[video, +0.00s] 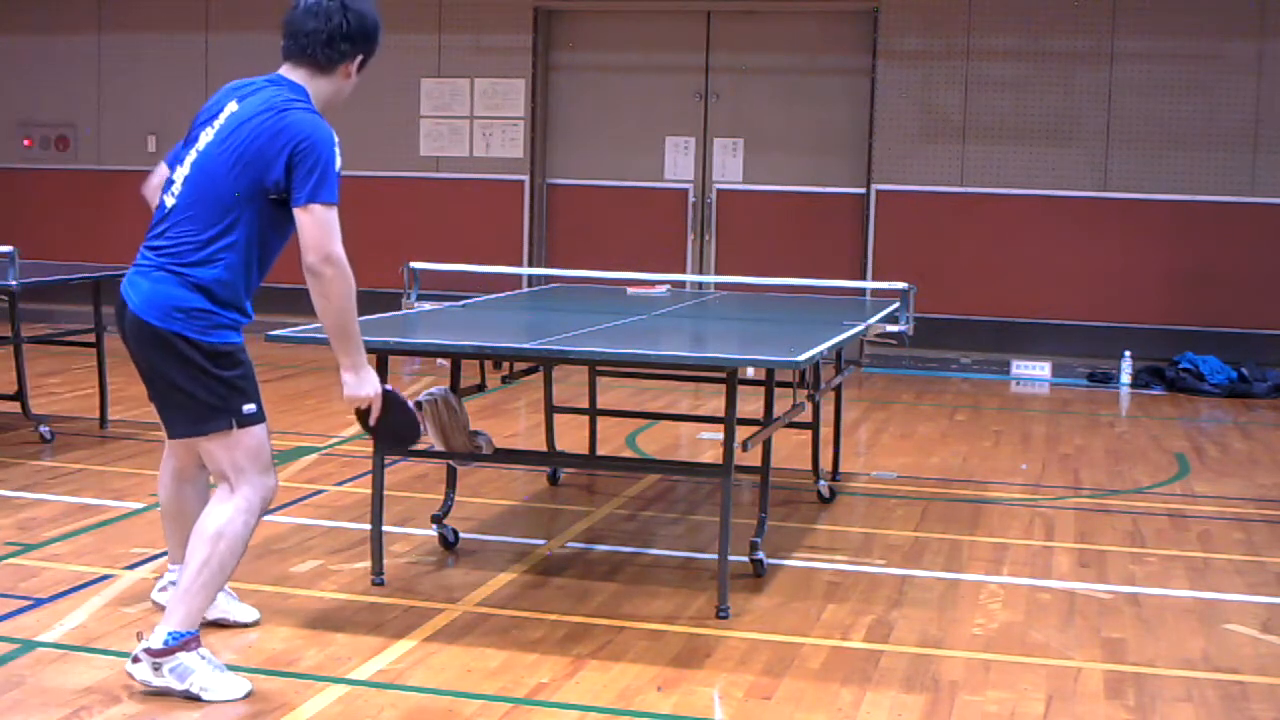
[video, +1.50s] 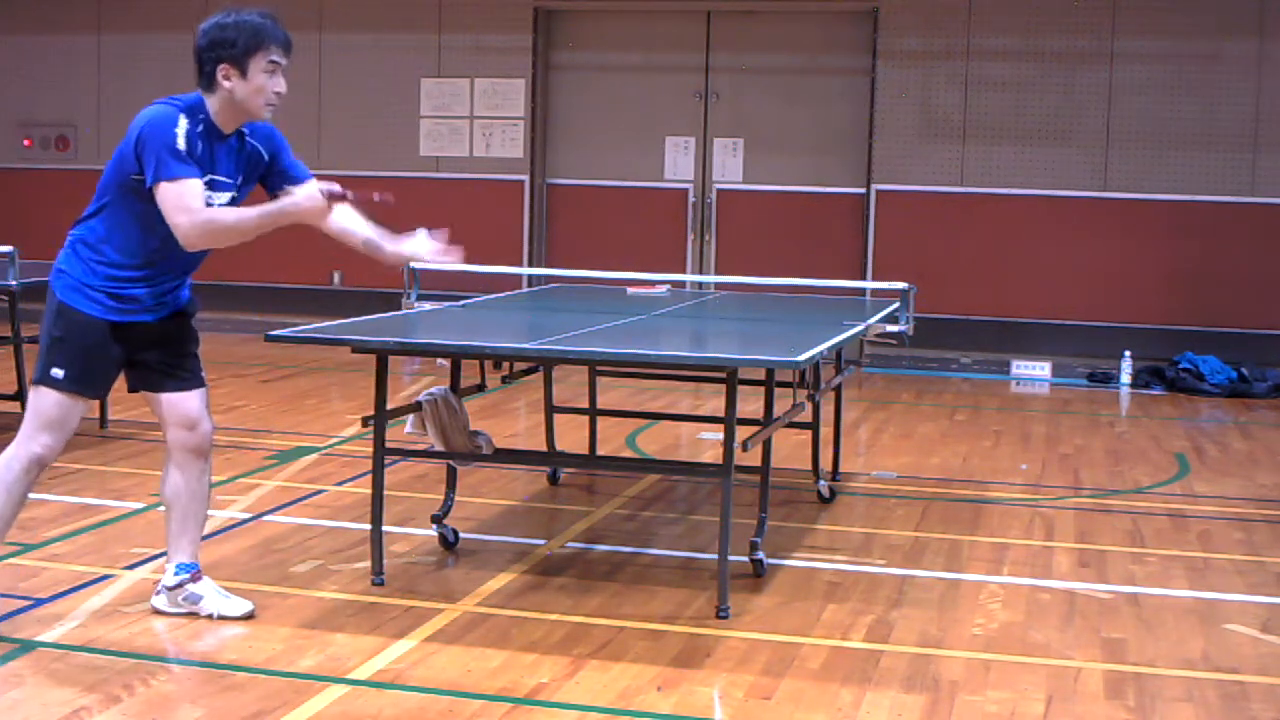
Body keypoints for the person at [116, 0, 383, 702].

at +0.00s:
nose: (360, 81)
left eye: (364, 69)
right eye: (364, 68)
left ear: (290, 45)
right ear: (353, 63)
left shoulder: (235, 95)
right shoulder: (309, 132)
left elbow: (158, 187)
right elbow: (322, 259)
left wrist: (208, 249)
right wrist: (355, 368)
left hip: (147, 300)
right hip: (192, 317)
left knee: (186, 451)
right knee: (251, 483)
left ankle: (184, 579)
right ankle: (169, 646)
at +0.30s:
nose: (339, 93)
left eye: (343, 81)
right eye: (343, 80)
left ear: (279, 57)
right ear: (326, 71)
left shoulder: (224, 105)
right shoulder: (277, 127)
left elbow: (146, 176)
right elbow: (272, 251)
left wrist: (206, 236)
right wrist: (335, 315)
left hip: (159, 309)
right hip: (188, 319)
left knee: (200, 456)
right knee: (232, 477)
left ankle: (182, 580)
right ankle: (169, 643)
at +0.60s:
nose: (334, 93)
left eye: (339, 79)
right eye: (333, 76)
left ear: (300, 68)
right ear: (297, 64)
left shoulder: (268, 134)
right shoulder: (229, 109)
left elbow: (264, 226)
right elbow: (200, 215)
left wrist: (335, 235)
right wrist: (292, 251)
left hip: (202, 302)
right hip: (141, 293)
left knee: (211, 447)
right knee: (141, 445)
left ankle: (183, 582)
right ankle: (76, 606)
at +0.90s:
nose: (318, 89)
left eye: (323, 77)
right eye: (311, 73)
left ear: (291, 72)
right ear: (267, 62)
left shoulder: (277, 145)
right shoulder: (202, 113)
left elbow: (291, 236)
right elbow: (192, 221)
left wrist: (370, 227)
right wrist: (289, 240)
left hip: (187, 297)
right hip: (116, 285)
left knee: (203, 438)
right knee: (75, 433)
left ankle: (182, 580)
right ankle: (8, 575)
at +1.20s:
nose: (310, 94)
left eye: (313, 81)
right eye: (300, 79)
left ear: (273, 79)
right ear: (256, 74)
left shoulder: (279, 148)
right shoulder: (189, 122)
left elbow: (298, 242)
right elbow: (196, 232)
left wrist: (363, 239)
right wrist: (294, 242)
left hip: (178, 296)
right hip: (104, 285)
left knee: (192, 433)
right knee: (57, 431)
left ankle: (181, 580)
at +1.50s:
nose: (281, 85)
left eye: (282, 71)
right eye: (269, 70)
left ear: (241, 76)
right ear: (225, 73)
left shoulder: (261, 141)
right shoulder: (165, 125)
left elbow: (324, 208)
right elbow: (192, 229)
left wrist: (392, 245)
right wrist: (290, 209)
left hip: (161, 303)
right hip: (90, 295)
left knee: (192, 435)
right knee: (38, 444)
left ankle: (179, 578)